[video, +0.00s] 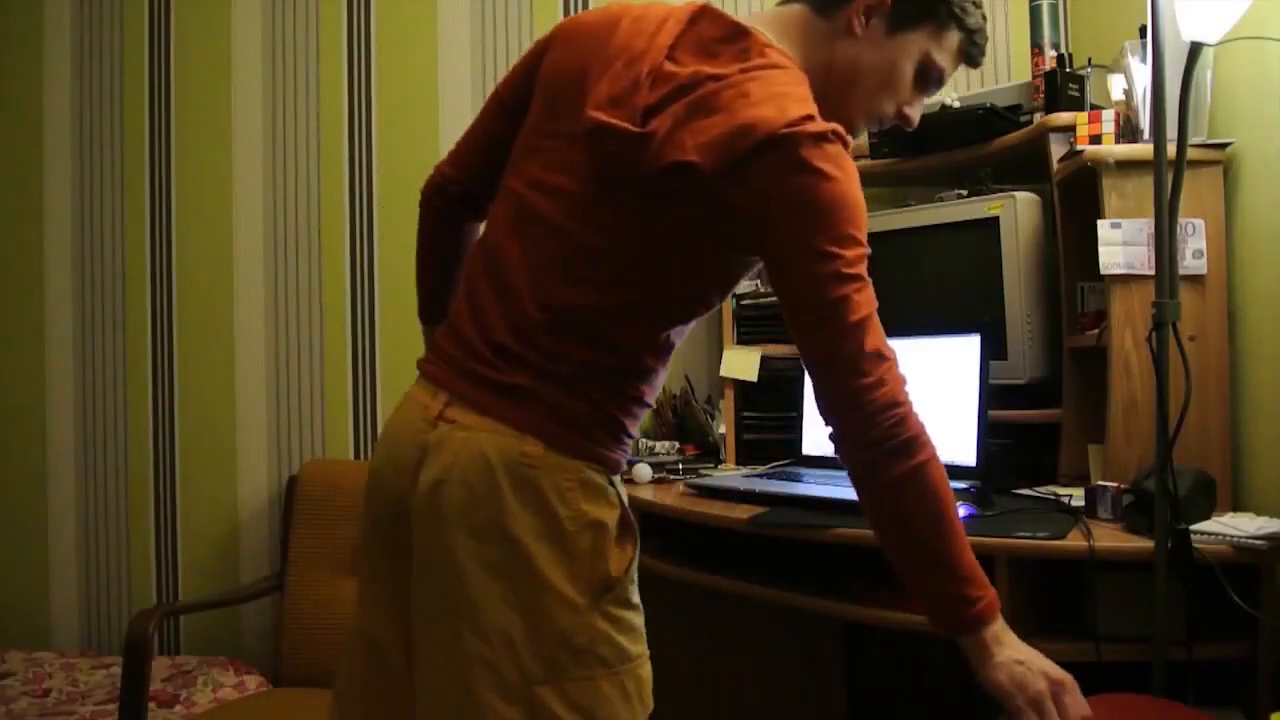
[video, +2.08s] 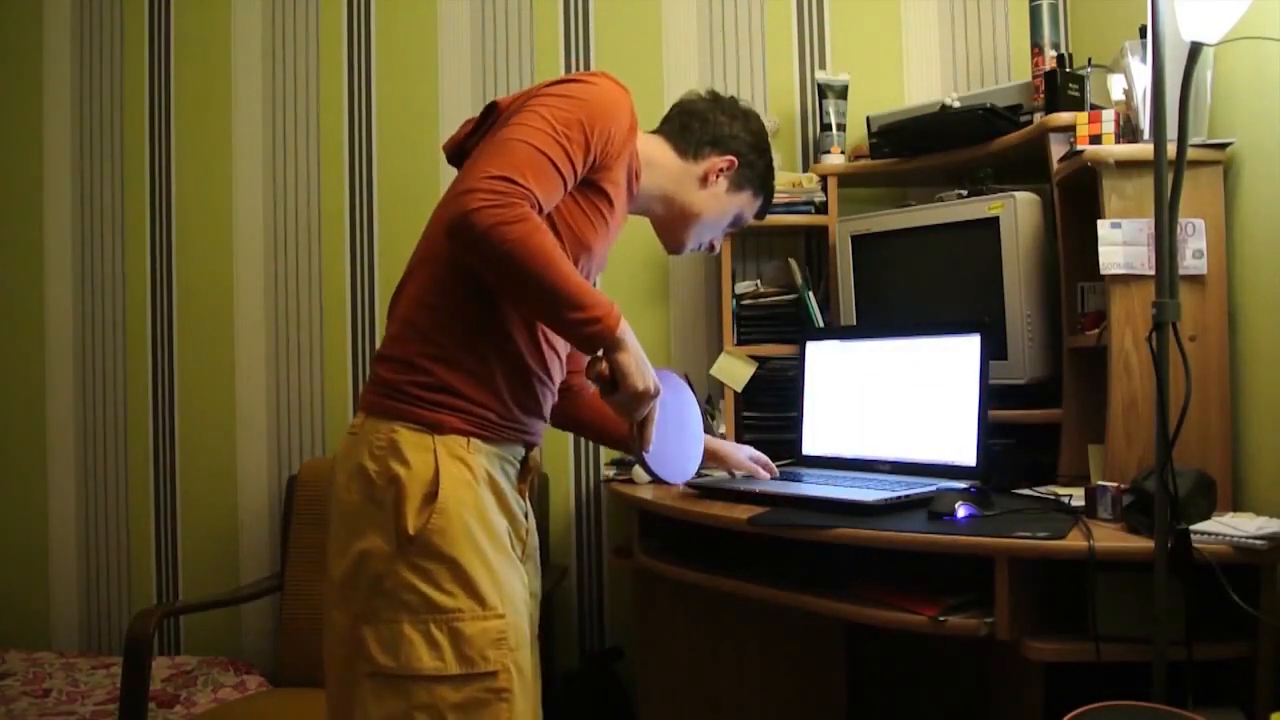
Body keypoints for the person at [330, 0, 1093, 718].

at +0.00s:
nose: (910, 114)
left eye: (931, 94)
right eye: (924, 75)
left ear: (845, 15)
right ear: (867, 14)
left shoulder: (594, 31)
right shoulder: (791, 137)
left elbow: (450, 195)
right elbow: (872, 414)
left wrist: (452, 367)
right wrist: (985, 632)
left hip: (416, 443)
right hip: (534, 490)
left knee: (384, 710)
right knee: (567, 702)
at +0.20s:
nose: (863, 67)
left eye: (882, 48)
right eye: (876, 31)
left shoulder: (559, 35)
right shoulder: (761, 96)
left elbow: (451, 227)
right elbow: (771, 372)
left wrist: (501, 368)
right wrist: (933, 532)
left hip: (449, 457)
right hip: (568, 496)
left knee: (429, 713)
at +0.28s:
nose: (841, 56)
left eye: (860, 34)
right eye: (853, 22)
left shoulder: (542, 41)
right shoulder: (741, 75)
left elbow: (452, 241)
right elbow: (708, 334)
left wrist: (506, 376)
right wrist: (879, 471)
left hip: (458, 460)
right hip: (578, 491)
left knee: (453, 713)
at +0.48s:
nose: (755, 56)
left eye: (777, 38)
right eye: (780, 23)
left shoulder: (515, 54)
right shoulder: (669, 42)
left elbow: (449, 276)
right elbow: (633, 305)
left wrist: (533, 402)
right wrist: (792, 432)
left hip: (483, 466)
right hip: (581, 487)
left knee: (510, 708)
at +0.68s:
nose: (692, 70)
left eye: (712, 53)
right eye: (711, 42)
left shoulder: (501, 64)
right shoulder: (594, 51)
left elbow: (444, 300)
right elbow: (557, 283)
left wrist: (596, 401)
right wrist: (698, 406)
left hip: (507, 475)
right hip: (569, 487)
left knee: (531, 708)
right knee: (624, 706)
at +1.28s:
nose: (683, 150)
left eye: (699, 135)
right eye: (698, 125)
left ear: (666, 73)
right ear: (671, 75)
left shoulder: (561, 113)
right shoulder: (542, 79)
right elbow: (491, 246)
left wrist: (591, 370)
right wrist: (605, 329)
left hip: (504, 462)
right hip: (476, 468)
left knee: (481, 704)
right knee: (526, 705)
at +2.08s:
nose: (718, 244)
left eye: (732, 232)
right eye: (733, 222)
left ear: (713, 172)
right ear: (718, 172)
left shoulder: (596, 210)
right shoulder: (602, 101)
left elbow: (561, 387)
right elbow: (487, 207)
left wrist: (695, 444)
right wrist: (614, 334)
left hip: (486, 477)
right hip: (429, 470)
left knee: (504, 699)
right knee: (469, 704)